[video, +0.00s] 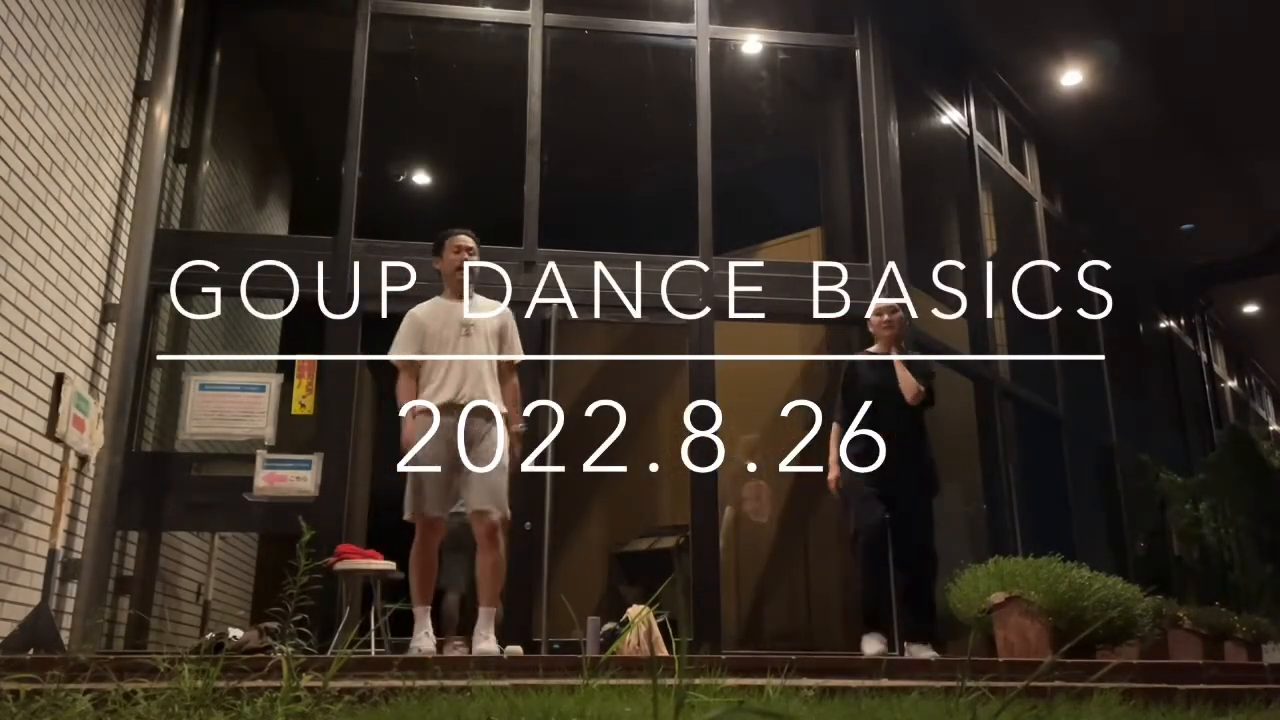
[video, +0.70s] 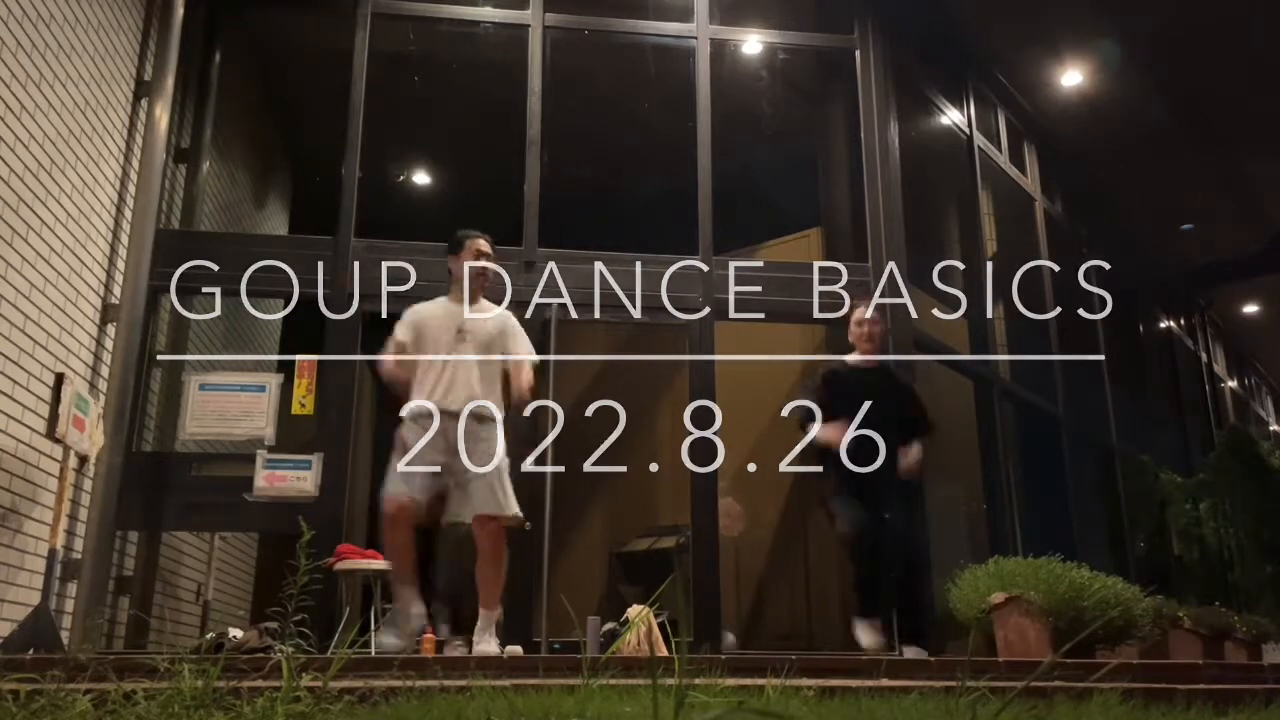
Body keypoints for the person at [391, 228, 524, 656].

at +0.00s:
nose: (466, 258)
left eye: (471, 252)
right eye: (458, 252)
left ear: (478, 262)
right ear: (439, 262)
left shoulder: (498, 314)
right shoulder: (419, 316)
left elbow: (509, 377)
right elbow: (406, 376)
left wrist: (514, 429)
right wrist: (408, 424)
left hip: (488, 429)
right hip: (434, 428)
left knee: (489, 528)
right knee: (429, 528)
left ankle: (485, 630)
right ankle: (422, 629)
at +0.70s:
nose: (484, 265)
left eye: (488, 258)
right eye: (476, 257)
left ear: (493, 267)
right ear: (453, 264)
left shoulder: (504, 321)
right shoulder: (421, 315)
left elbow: (522, 385)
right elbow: (389, 366)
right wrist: (422, 388)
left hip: (480, 430)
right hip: (423, 427)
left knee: (489, 524)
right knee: (396, 509)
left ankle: (487, 630)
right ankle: (409, 614)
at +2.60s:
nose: (430, 281)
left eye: (434, 275)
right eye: (422, 273)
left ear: (436, 285)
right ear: (395, 279)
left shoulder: (448, 338)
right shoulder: (366, 334)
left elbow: (457, 403)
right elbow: (332, 395)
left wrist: (461, 454)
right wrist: (313, 451)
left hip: (420, 452)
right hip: (363, 445)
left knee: (424, 505)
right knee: (334, 532)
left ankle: (383, 597)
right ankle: (301, 626)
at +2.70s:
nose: (439, 260)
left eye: (443, 254)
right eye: (430, 253)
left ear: (450, 262)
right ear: (409, 261)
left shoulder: (466, 315)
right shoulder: (382, 313)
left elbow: (478, 381)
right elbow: (351, 370)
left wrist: (486, 440)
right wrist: (329, 423)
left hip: (445, 429)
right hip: (385, 427)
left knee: (458, 477)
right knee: (345, 524)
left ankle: (431, 574)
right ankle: (306, 620)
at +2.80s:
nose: (461, 241)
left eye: (465, 234)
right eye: (452, 234)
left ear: (471, 242)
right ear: (431, 241)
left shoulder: (490, 290)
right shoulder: (405, 291)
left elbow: (507, 340)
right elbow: (381, 341)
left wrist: (519, 377)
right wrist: (362, 388)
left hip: (475, 405)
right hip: (415, 403)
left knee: (474, 474)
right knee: (382, 500)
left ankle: (477, 583)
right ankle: (347, 602)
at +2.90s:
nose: (483, 242)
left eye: (488, 236)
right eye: (474, 235)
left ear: (494, 247)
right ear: (454, 243)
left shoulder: (509, 292)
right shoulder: (430, 291)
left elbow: (535, 328)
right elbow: (409, 341)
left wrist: (556, 359)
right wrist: (391, 386)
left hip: (494, 407)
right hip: (439, 405)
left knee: (486, 503)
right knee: (413, 500)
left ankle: (504, 612)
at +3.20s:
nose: (531, 281)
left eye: (535, 275)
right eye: (521, 276)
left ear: (542, 286)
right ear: (502, 288)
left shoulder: (563, 331)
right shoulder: (489, 344)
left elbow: (586, 385)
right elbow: (464, 391)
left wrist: (586, 422)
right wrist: (449, 412)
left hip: (564, 439)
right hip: (514, 447)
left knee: (528, 521)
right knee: (544, 547)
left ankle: (530, 624)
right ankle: (604, 624)